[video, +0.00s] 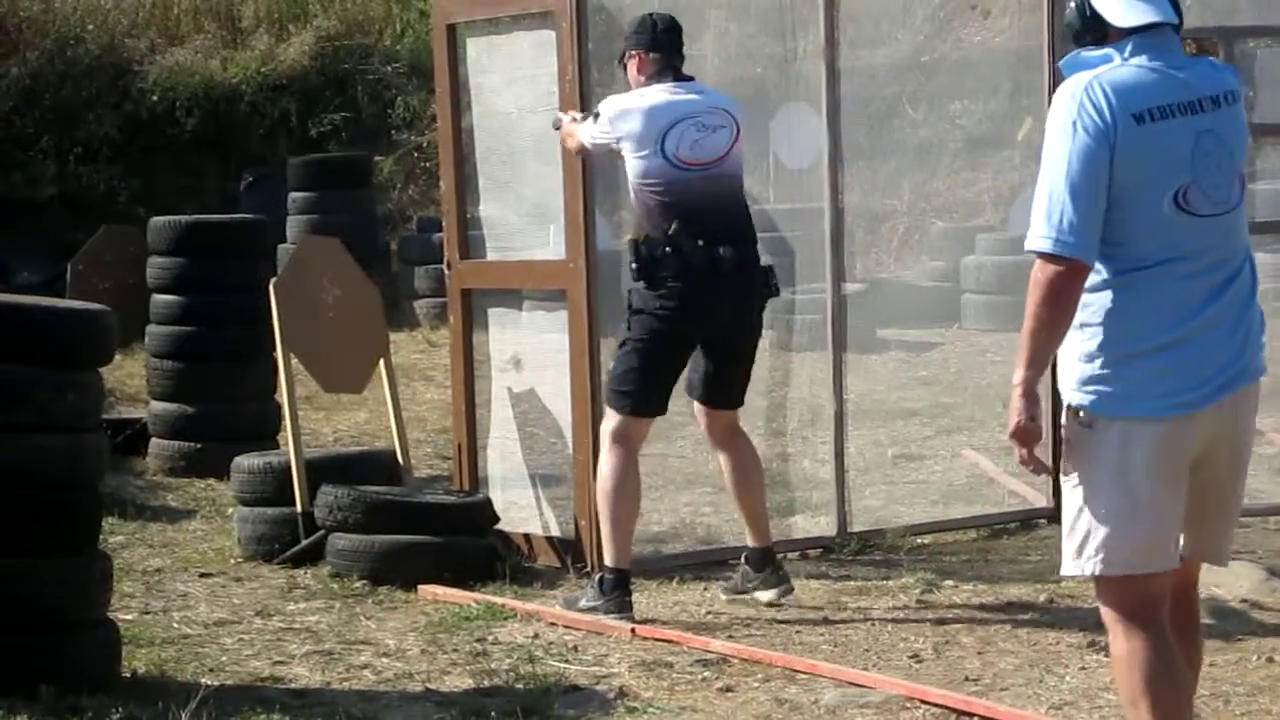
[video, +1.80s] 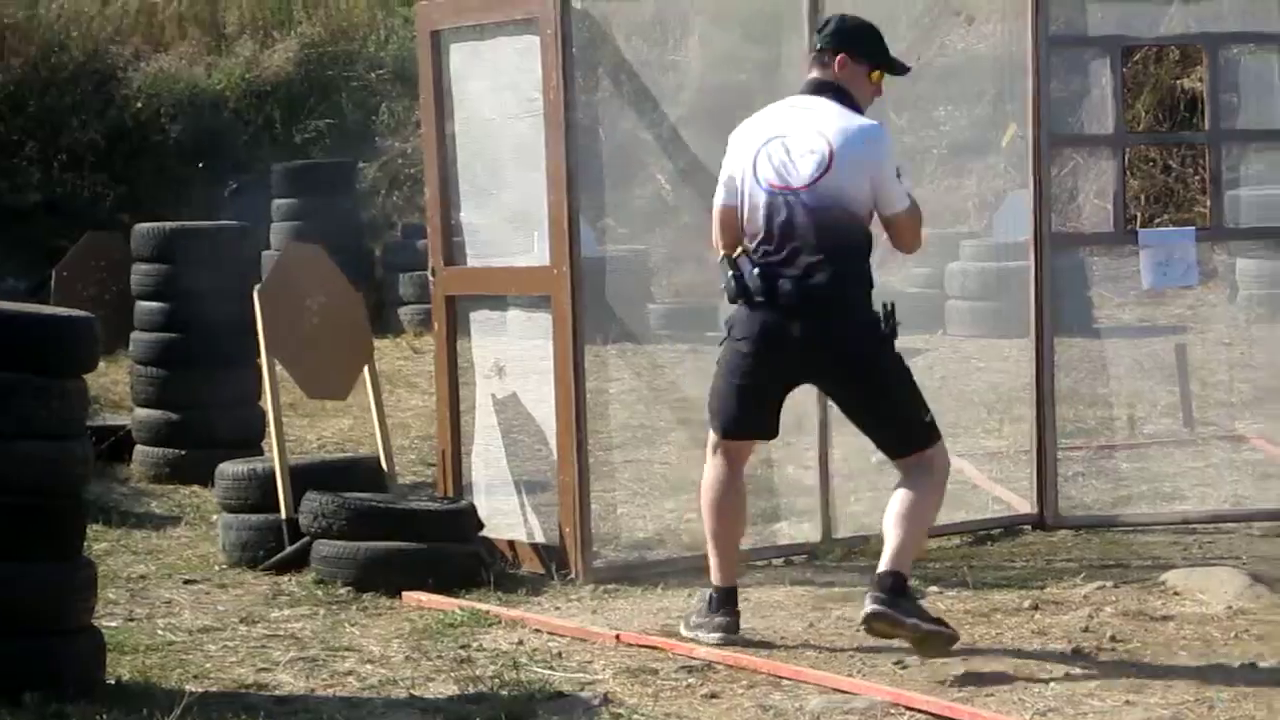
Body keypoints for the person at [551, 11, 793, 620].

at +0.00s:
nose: (625, 72)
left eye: (625, 64)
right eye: (626, 65)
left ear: (638, 62)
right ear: (681, 59)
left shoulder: (631, 109)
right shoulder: (723, 104)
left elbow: (579, 140)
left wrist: (570, 125)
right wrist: (599, 125)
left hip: (670, 287)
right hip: (742, 284)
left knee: (620, 437)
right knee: (723, 421)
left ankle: (613, 586)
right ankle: (763, 561)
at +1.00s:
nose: (645, 63)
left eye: (645, 55)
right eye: (646, 56)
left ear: (656, 53)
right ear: (701, 47)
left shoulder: (649, 104)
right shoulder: (752, 93)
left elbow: (592, 125)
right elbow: (708, 102)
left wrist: (590, 110)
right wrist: (675, 77)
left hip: (688, 296)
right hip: (761, 292)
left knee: (664, 435)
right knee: (740, 434)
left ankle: (710, 560)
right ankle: (733, 584)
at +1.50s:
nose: (709, 50)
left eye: (710, 40)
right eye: (712, 40)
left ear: (721, 38)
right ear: (765, 36)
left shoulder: (708, 89)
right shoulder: (815, 87)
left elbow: (652, 137)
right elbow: (753, 125)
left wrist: (640, 123)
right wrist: (687, 123)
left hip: (736, 286)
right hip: (814, 282)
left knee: (723, 444)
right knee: (804, 427)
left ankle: (739, 601)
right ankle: (826, 566)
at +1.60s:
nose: (750, 40)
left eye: (749, 32)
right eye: (777, 31)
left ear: (751, 35)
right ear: (804, 36)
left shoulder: (722, 88)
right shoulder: (832, 87)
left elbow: (666, 155)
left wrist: (673, 120)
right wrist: (711, 111)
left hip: (749, 289)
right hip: (829, 288)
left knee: (728, 443)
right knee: (846, 436)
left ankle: (740, 599)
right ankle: (858, 571)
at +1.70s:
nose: (855, 61)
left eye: (855, 52)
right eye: (852, 50)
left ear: (794, 41)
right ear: (830, 42)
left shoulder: (739, 101)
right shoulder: (863, 107)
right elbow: (858, 185)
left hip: (763, 296)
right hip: (845, 296)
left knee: (731, 441)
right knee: (889, 442)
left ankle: (743, 598)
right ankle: (888, 576)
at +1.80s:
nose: (881, 89)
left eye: (883, 77)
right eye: (877, 76)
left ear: (828, 67)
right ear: (843, 65)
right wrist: (886, 188)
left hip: (757, 326)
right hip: (841, 328)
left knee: (726, 452)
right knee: (925, 463)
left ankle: (720, 605)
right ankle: (890, 588)